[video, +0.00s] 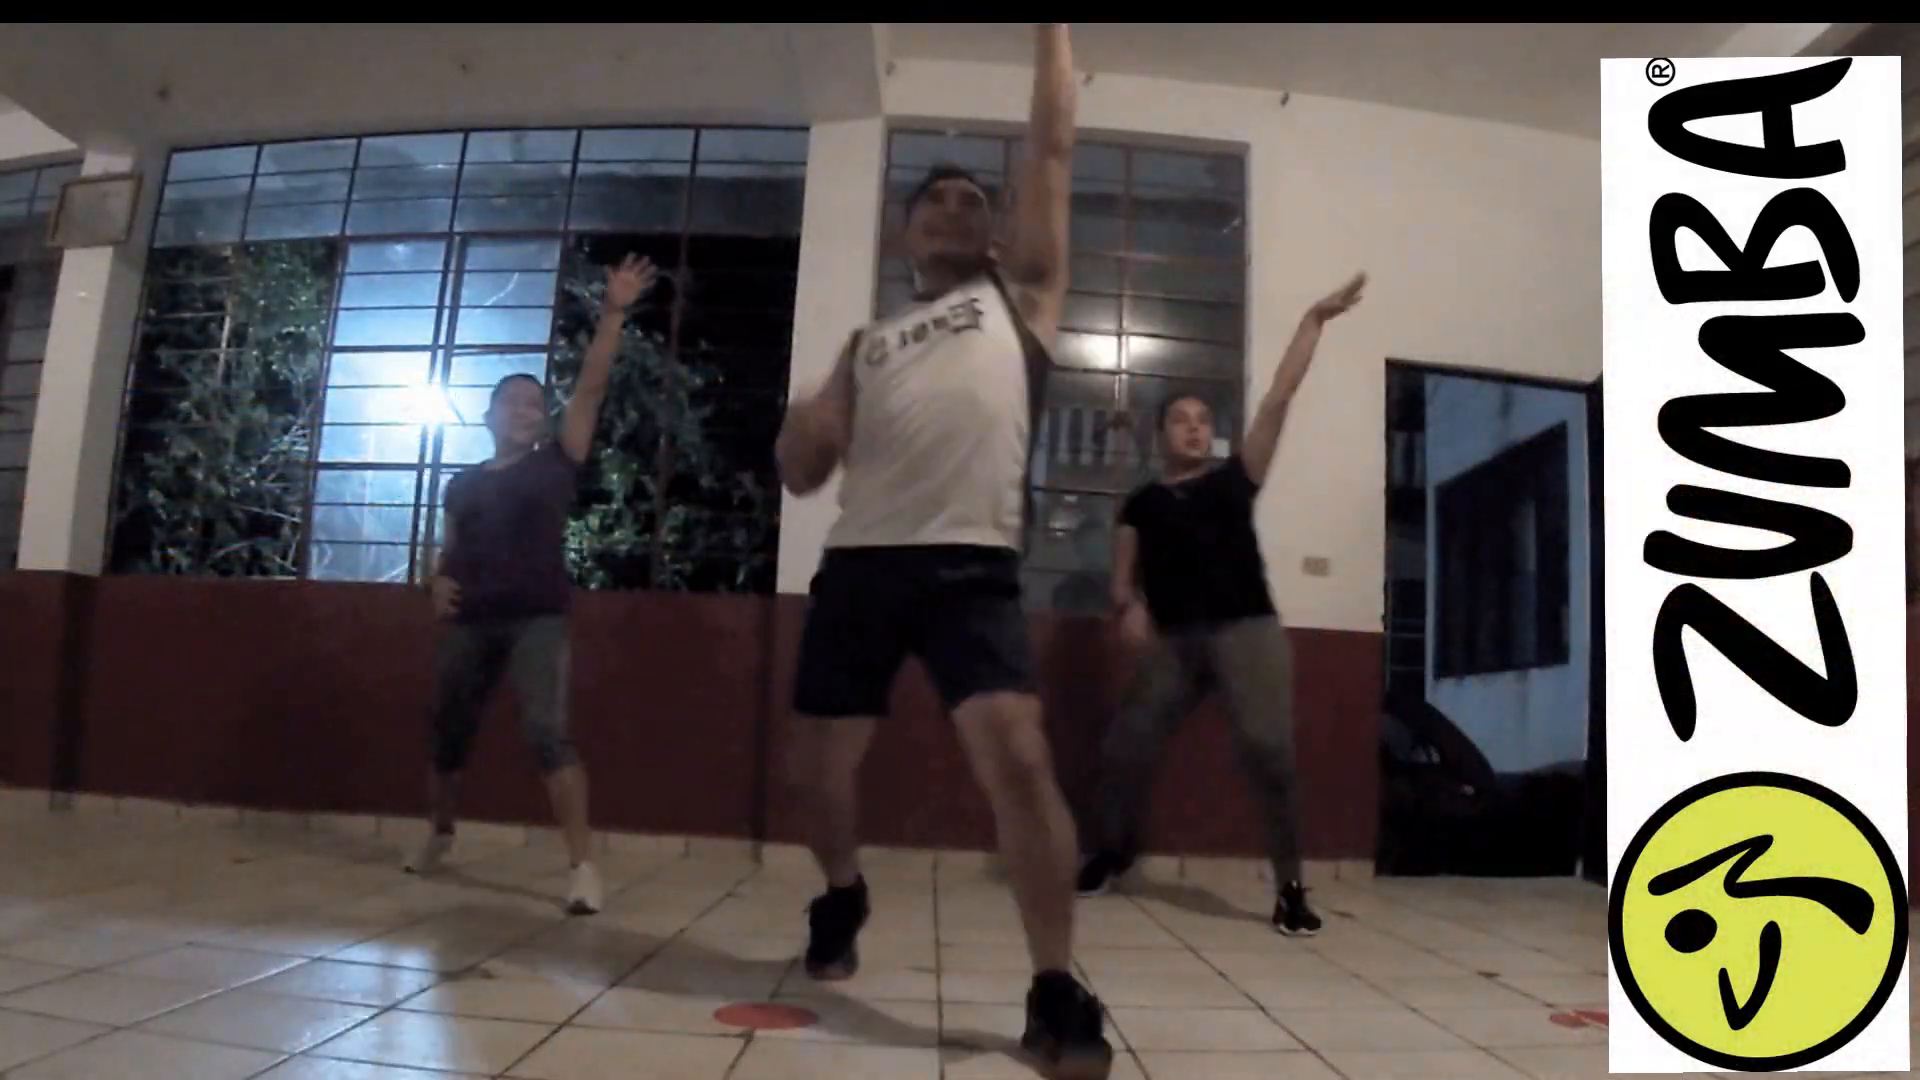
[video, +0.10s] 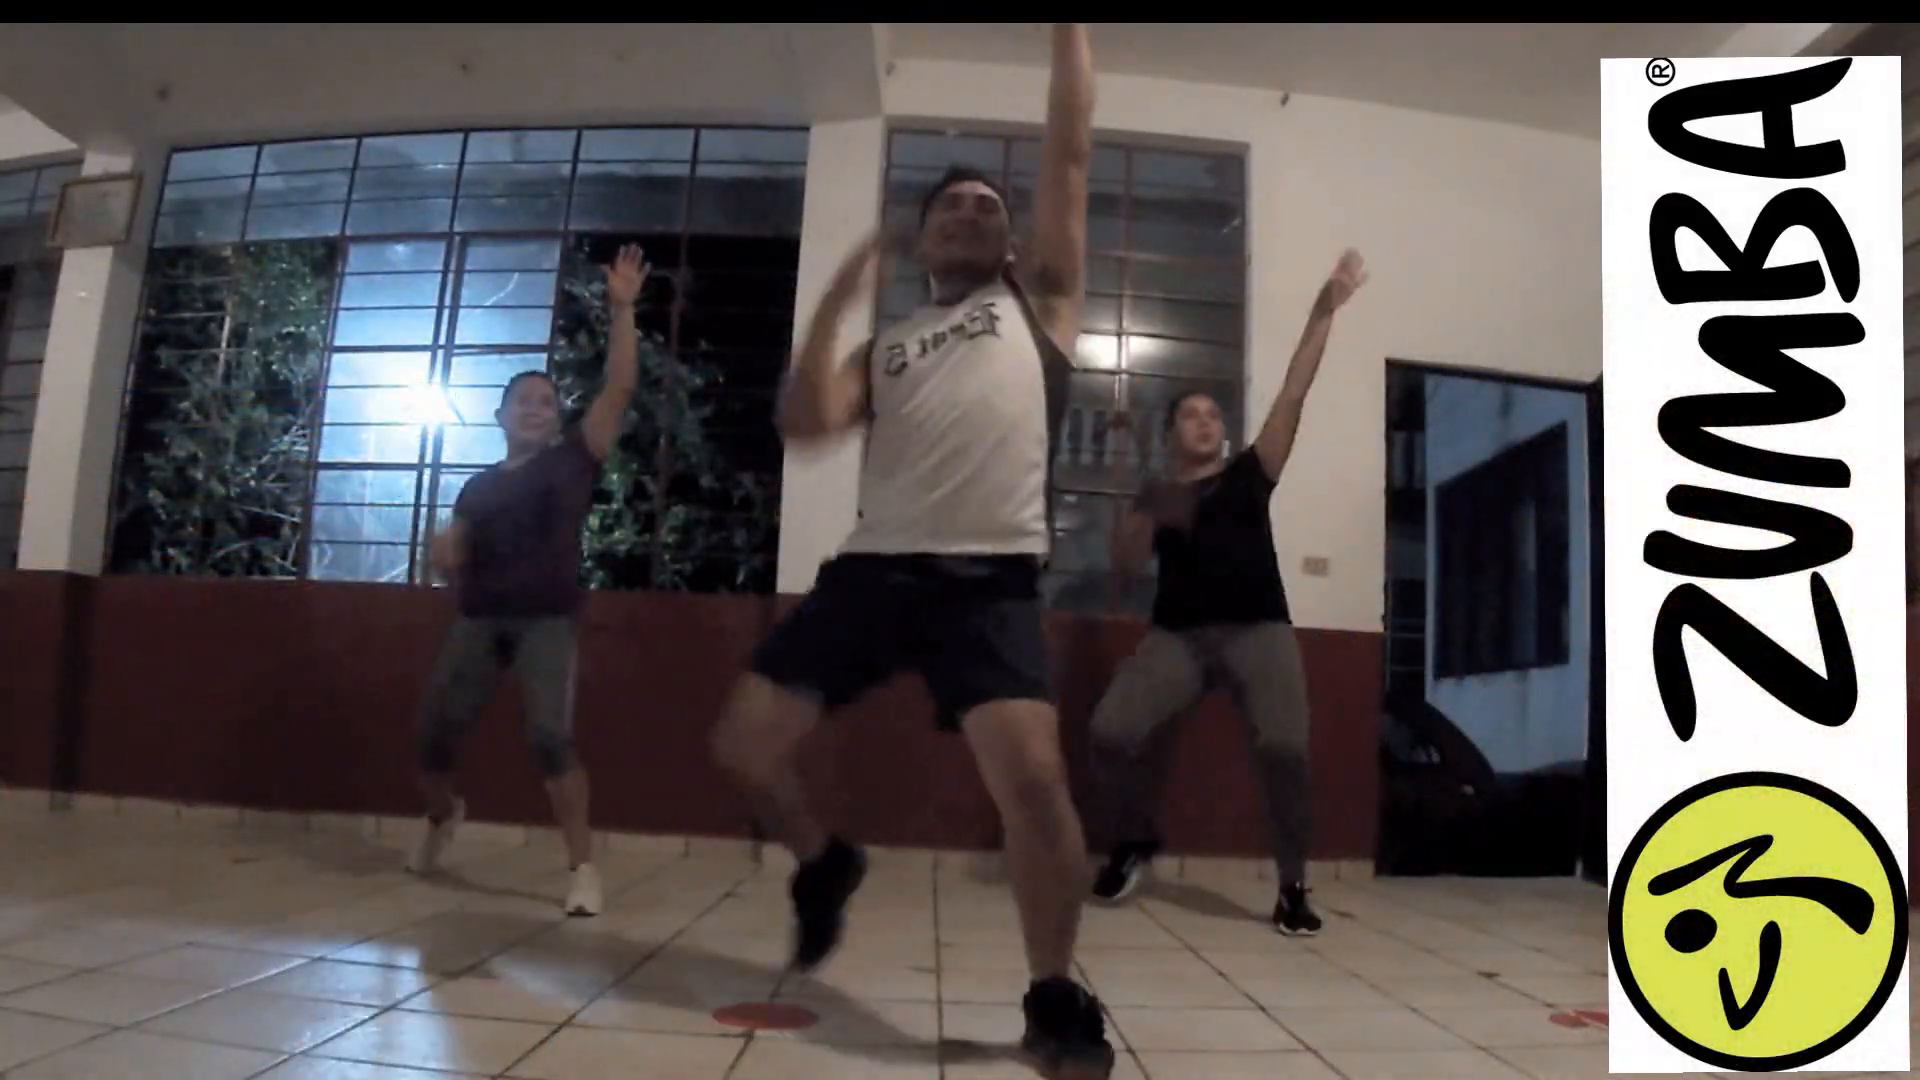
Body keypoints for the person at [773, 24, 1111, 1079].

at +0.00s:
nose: (956, 206)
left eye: (972, 203)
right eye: (936, 201)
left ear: (996, 236)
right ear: (907, 237)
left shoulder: (1020, 299)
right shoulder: (866, 346)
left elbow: (1053, 142)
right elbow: (800, 475)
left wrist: (1055, 25)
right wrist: (805, 432)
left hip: (973, 570)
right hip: (859, 570)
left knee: (1021, 765)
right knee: (819, 779)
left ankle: (1056, 986)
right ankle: (840, 895)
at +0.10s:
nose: (968, 206)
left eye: (986, 204)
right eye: (950, 201)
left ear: (1010, 242)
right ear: (921, 241)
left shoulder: (1034, 308)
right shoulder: (884, 352)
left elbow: (1071, 150)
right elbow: (802, 421)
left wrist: (1069, 26)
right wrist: (838, 300)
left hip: (992, 586)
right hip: (871, 577)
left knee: (1035, 780)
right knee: (746, 744)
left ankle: (1056, 993)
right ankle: (820, 860)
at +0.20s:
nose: (969, 200)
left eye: (987, 196)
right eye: (952, 193)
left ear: (1013, 234)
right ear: (924, 227)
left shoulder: (1041, 305)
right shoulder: (880, 318)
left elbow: (1079, 149)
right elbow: (777, 277)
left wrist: (1082, 25)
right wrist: (855, 153)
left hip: (994, 585)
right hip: (866, 572)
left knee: (1040, 772)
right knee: (711, 704)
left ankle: (1054, 991)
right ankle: (789, 866)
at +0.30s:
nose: (965, 175)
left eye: (983, 169)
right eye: (942, 165)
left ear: (1003, 209)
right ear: (906, 196)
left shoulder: (1019, 288)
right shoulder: (860, 274)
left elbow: (1086, 147)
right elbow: (801, 146)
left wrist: (1093, 20)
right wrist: (826, 37)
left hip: (982, 565)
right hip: (846, 550)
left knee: (1029, 762)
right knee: (714, 712)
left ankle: (1055, 988)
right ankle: (726, 921)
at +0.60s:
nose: (877, 246)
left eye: (896, 230)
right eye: (860, 226)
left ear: (918, 242)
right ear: (824, 229)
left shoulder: (919, 356)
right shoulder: (775, 295)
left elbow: (980, 482)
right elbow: (765, 135)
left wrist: (999, 377)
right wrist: (757, 15)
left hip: (903, 586)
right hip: (775, 590)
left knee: (1038, 715)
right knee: (698, 750)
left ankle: (1010, 912)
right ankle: (664, 979)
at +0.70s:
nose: (873, 269)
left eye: (891, 254)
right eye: (855, 250)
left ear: (914, 258)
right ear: (822, 247)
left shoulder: (926, 359)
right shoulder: (773, 311)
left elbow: (971, 458)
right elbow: (748, 154)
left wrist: (1001, 477)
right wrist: (728, 21)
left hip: (908, 590)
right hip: (780, 596)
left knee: (1036, 724)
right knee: (704, 749)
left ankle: (965, 838)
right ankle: (667, 978)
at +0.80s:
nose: (877, 278)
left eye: (895, 262)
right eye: (860, 260)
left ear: (920, 262)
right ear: (830, 257)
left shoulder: (950, 354)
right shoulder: (789, 321)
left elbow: (1010, 468)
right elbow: (741, 192)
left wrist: (1058, 577)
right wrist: (707, 53)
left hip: (928, 590)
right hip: (804, 593)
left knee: (1014, 771)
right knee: (738, 759)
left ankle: (967, 854)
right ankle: (670, 975)